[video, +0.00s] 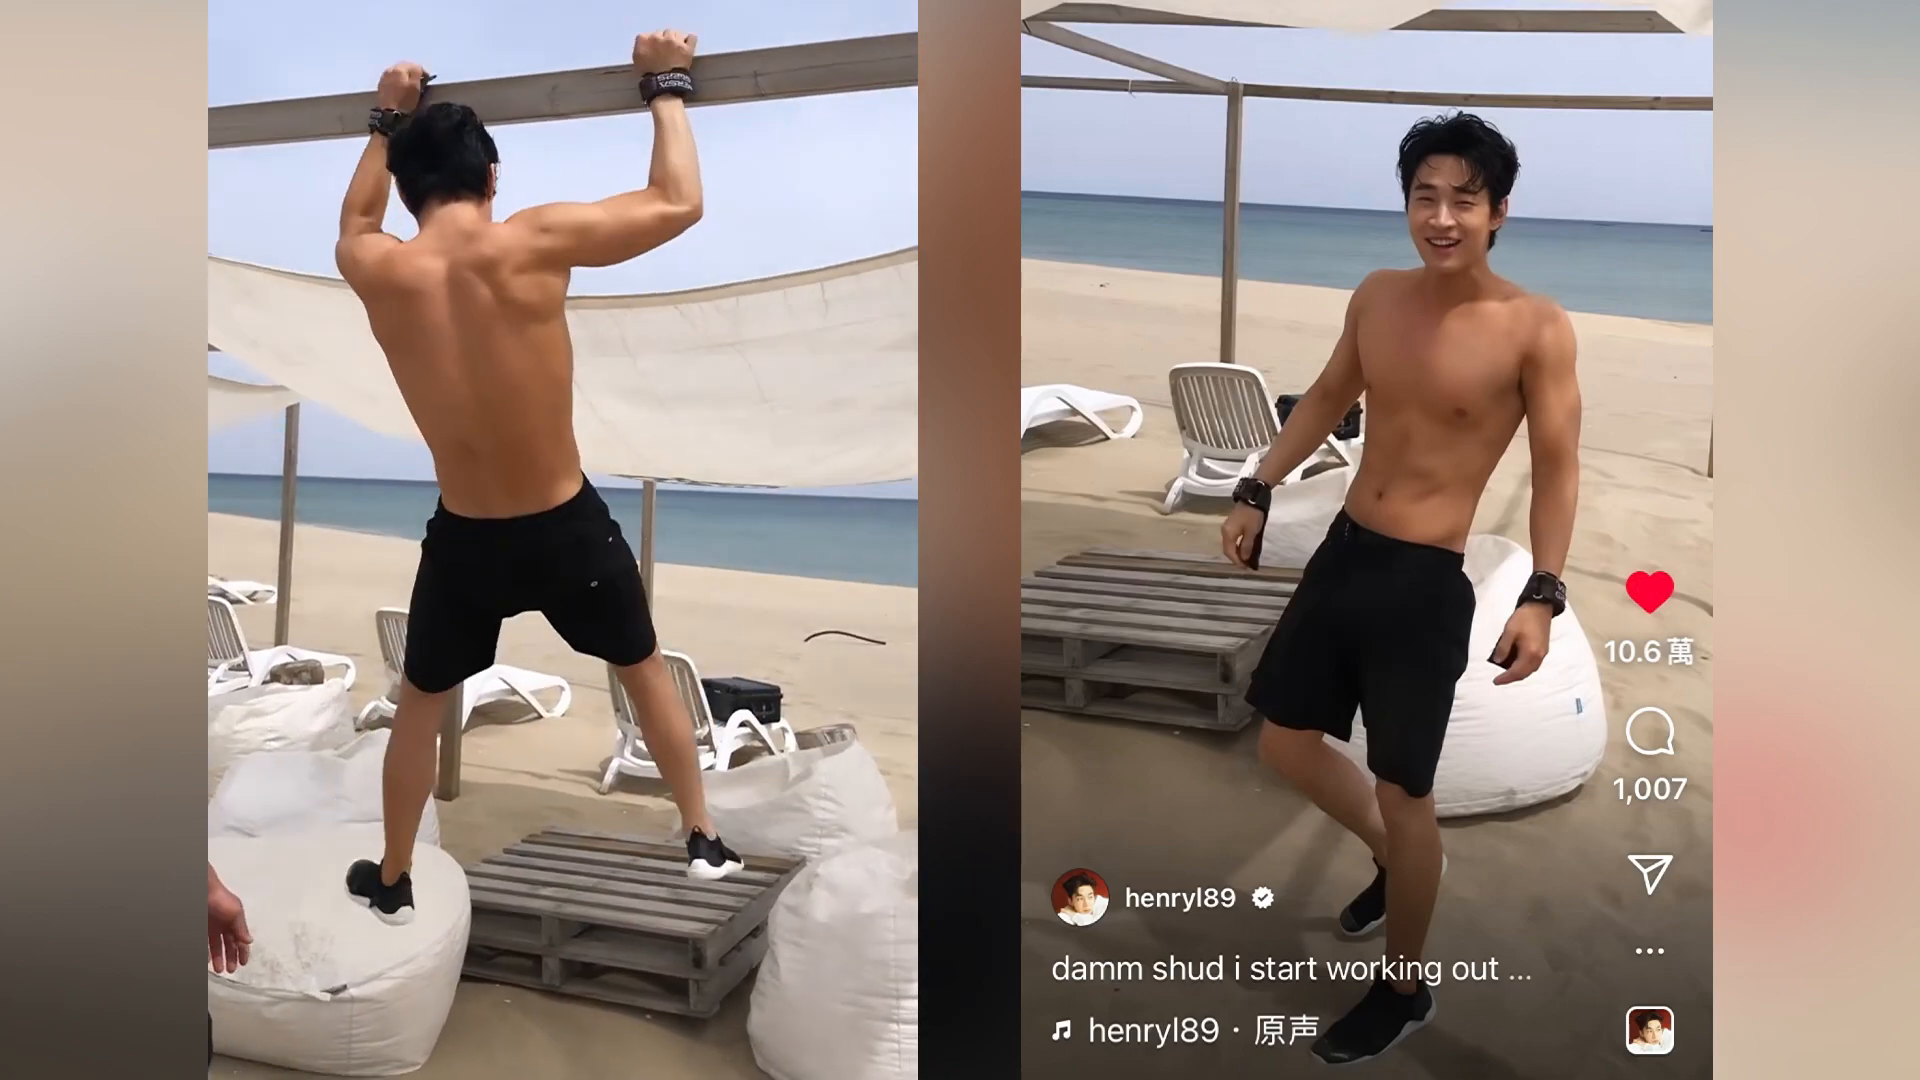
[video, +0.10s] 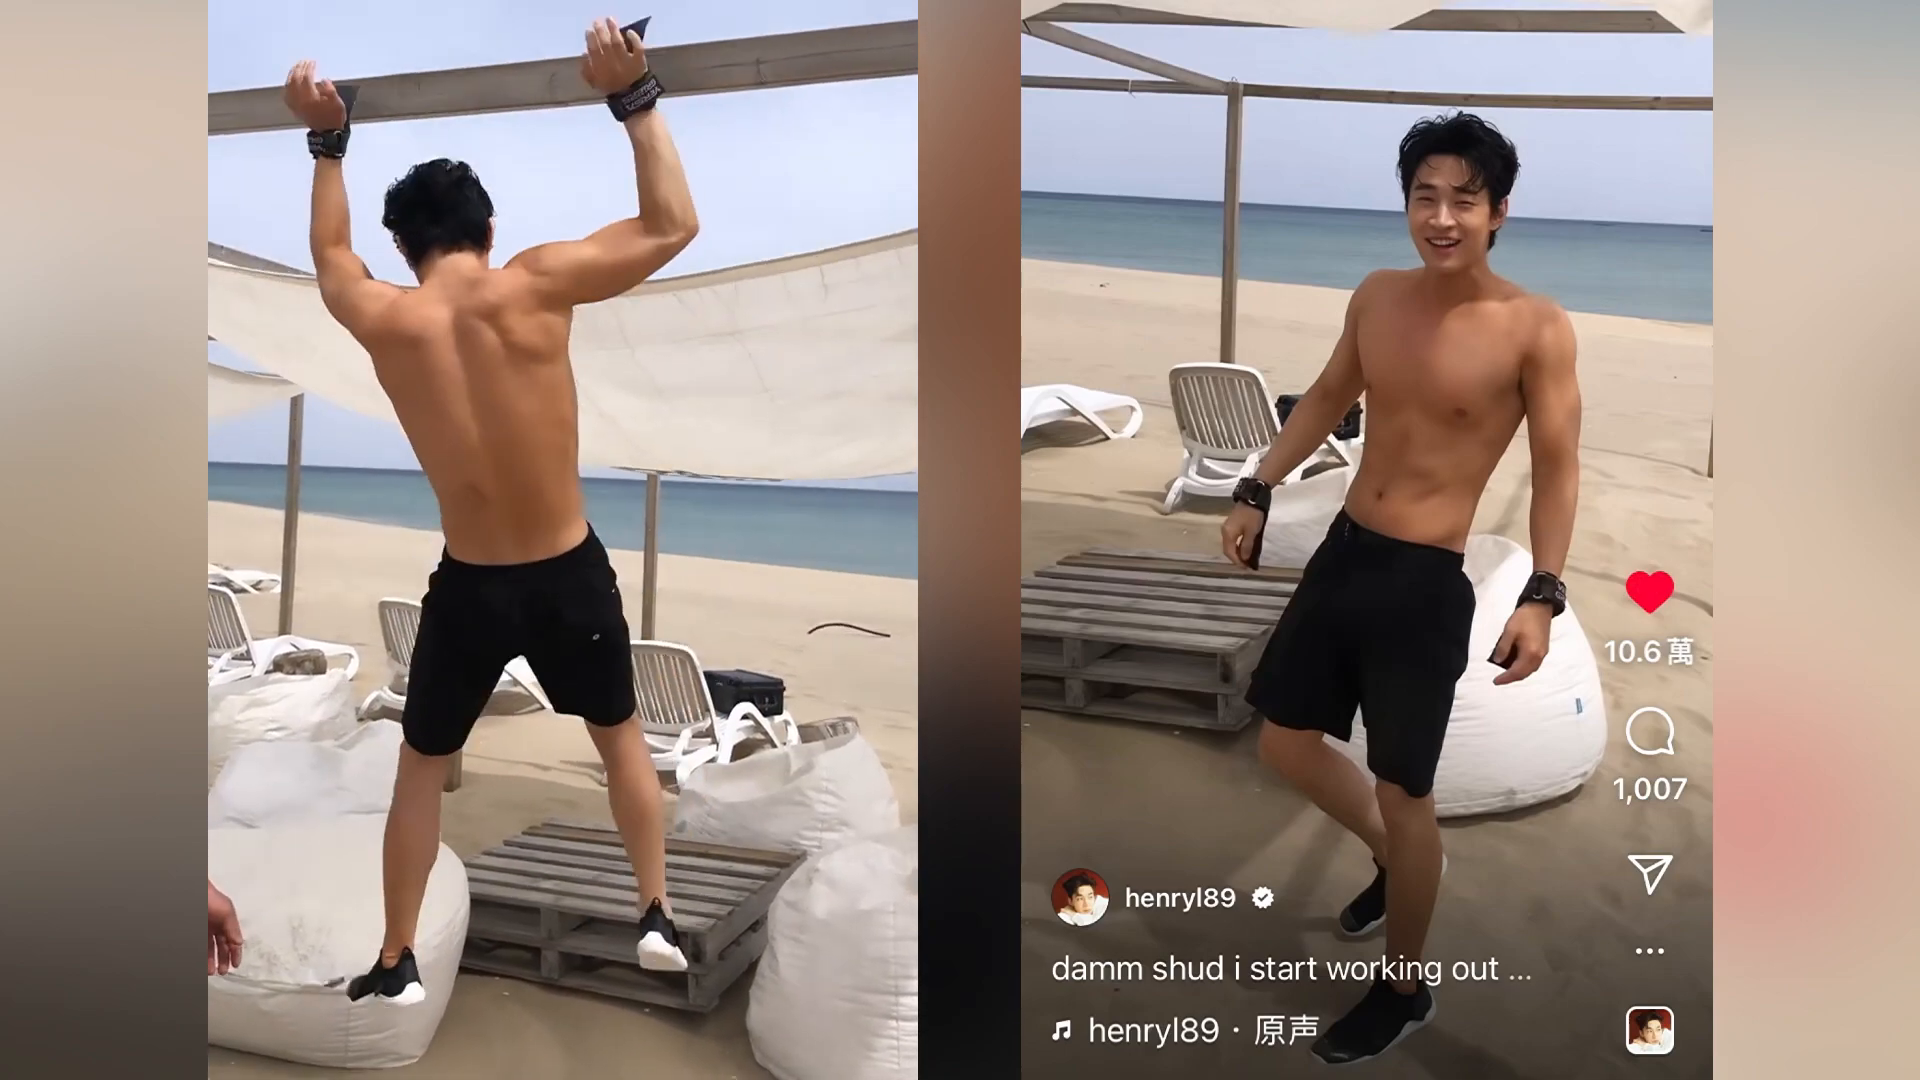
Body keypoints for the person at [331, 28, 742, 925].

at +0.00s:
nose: (502, 180)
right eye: (498, 168)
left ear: (404, 188)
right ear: (491, 174)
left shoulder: (380, 270)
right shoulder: (540, 239)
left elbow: (358, 217)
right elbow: (677, 201)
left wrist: (385, 123)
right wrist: (668, 86)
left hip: (462, 541)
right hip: (568, 531)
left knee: (420, 703)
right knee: (641, 664)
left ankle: (392, 875)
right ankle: (703, 836)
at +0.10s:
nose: (468, 227)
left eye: (431, 229)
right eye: (479, 214)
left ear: (408, 244)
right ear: (486, 226)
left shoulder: (384, 318)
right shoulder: (541, 279)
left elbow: (329, 250)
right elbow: (671, 224)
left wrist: (327, 144)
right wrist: (636, 99)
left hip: (469, 591)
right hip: (571, 579)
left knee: (422, 769)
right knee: (620, 738)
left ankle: (395, 960)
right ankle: (656, 917)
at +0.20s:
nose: (491, 335)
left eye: (409, 342)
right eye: (490, 324)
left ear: (405, 345)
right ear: (486, 328)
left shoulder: (390, 419)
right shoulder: (542, 372)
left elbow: (303, 369)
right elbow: (664, 317)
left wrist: (284, 256)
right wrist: (587, 232)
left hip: (474, 690)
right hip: (578, 680)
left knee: (412, 883)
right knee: (603, 848)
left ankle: (387, 1067)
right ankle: (624, 1026)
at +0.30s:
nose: (400, 495)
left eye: (397, 484)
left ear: (405, 486)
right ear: (485, 469)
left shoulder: (386, 559)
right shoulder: (546, 514)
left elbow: (284, 552)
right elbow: (677, 491)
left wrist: (267, 449)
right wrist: (592, 435)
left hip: (477, 837)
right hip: (583, 821)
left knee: (395, 1013)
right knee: (599, 977)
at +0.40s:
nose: (394, 634)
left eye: (392, 622)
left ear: (403, 627)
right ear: (476, 607)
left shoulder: (389, 700)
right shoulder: (553, 656)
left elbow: (280, 757)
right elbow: (671, 706)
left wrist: (266, 682)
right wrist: (619, 632)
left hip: (497, 974)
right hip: (597, 960)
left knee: (358, 1025)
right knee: (597, 1055)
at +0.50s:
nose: (404, 731)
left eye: (400, 722)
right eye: (402, 722)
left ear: (411, 722)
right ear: (481, 701)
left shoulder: (400, 794)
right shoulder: (558, 743)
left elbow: (299, 877)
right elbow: (667, 805)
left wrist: (283, 882)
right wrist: (610, 782)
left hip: (513, 1055)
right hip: (620, 1044)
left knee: (369, 1006)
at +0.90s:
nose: (470, 739)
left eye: (470, 724)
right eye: (467, 725)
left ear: (493, 717)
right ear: (548, 704)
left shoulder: (487, 770)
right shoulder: (617, 732)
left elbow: (410, 894)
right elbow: (703, 812)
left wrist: (374, 945)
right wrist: (667, 868)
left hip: (597, 1005)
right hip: (689, 992)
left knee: (446, 896)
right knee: (675, 876)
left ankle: (453, 1072)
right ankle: (688, 1063)